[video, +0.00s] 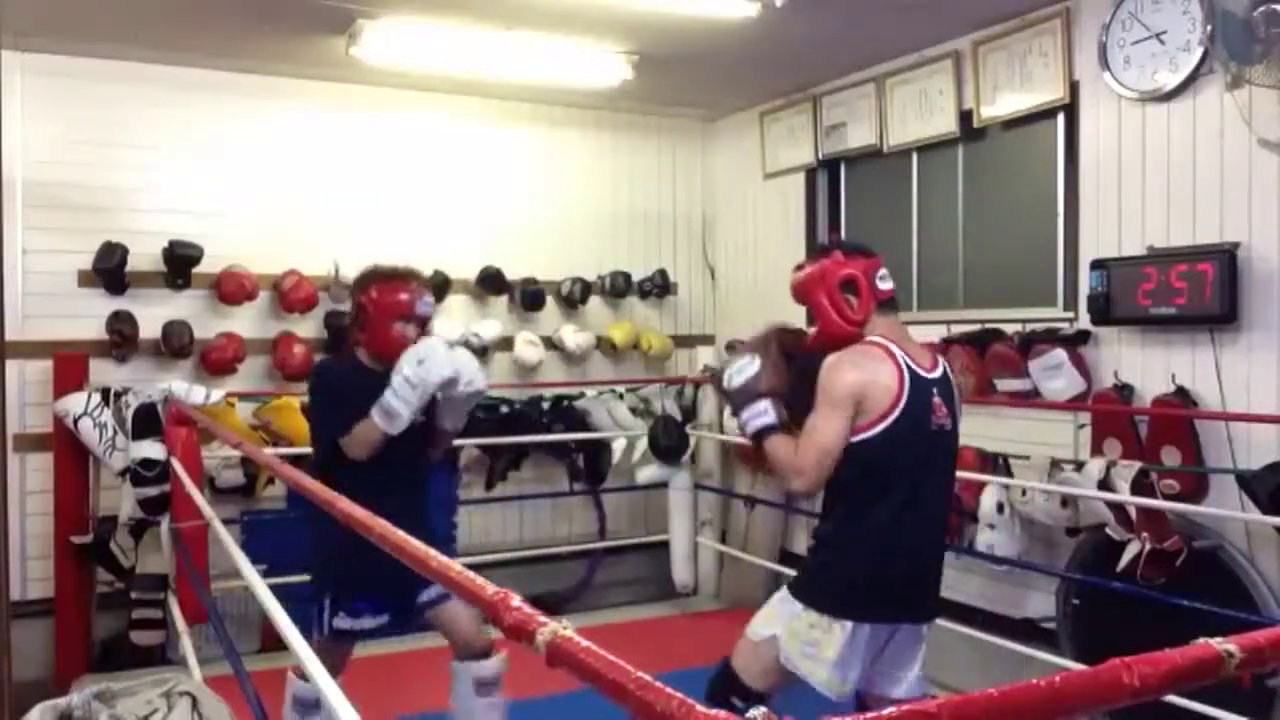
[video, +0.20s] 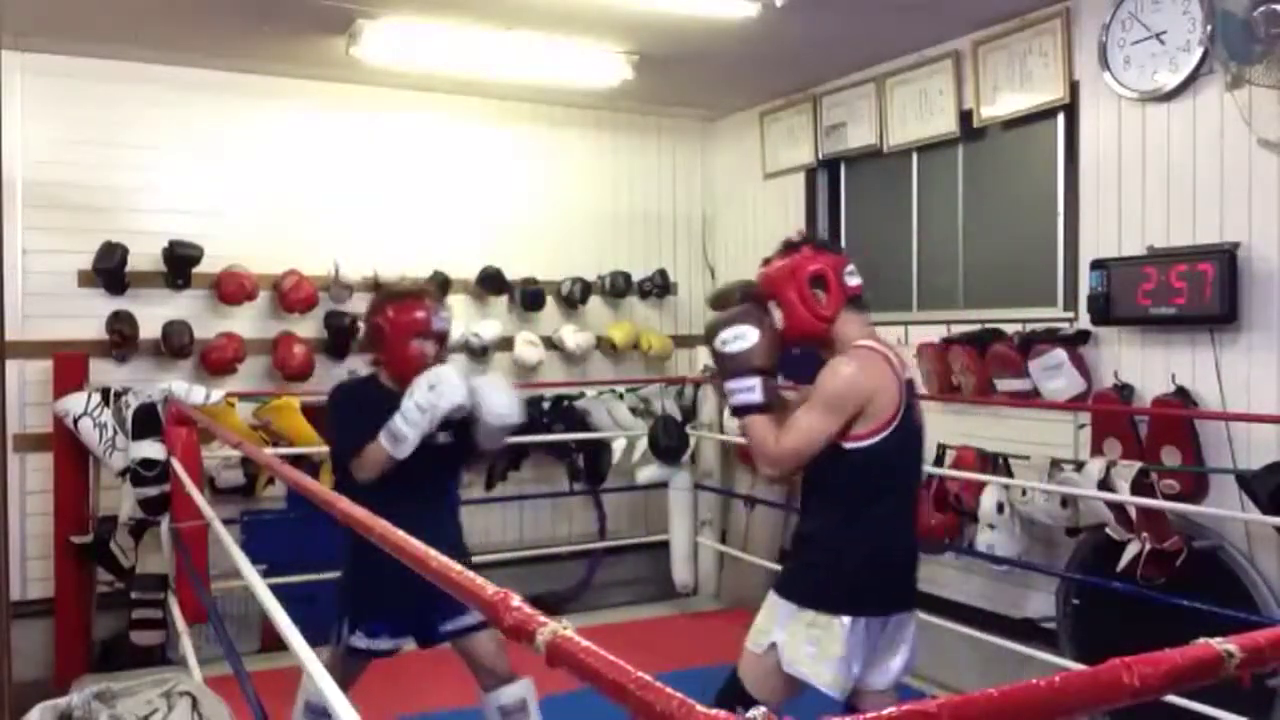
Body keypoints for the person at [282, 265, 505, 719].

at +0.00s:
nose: (413, 333)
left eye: (419, 323)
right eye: (402, 321)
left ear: (425, 325)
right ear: (366, 321)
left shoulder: (411, 375)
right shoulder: (333, 375)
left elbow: (429, 451)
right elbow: (354, 445)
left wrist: (454, 400)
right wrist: (405, 388)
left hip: (411, 544)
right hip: (348, 546)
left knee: (474, 641)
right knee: (324, 667)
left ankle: (478, 714)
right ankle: (300, 712)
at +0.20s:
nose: (428, 349)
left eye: (435, 338)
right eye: (417, 337)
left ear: (441, 343)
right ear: (386, 338)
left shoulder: (444, 395)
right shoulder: (351, 397)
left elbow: (475, 454)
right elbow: (360, 470)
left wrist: (493, 426)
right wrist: (412, 418)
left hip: (443, 558)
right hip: (377, 562)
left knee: (494, 665)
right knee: (340, 673)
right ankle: (310, 714)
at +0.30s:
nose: (446, 339)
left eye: (453, 329)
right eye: (434, 327)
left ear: (460, 334)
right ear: (401, 330)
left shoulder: (468, 384)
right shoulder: (362, 388)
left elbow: (507, 427)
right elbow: (350, 467)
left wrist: (533, 407)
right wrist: (396, 414)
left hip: (456, 561)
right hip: (384, 563)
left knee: (499, 662)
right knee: (350, 663)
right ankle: (311, 711)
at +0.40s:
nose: (461, 339)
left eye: (469, 327)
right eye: (449, 327)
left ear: (476, 328)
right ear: (414, 327)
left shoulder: (490, 376)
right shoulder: (375, 380)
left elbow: (556, 373)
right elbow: (364, 455)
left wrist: (596, 358)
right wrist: (395, 396)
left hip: (461, 551)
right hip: (387, 550)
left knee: (495, 662)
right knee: (340, 662)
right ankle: (308, 715)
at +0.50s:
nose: (464, 341)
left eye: (472, 329)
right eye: (452, 328)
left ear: (480, 331)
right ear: (416, 327)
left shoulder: (486, 379)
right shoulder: (378, 385)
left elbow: (545, 379)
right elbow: (359, 462)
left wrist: (590, 358)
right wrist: (390, 403)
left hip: (463, 553)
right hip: (389, 552)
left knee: (501, 669)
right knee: (335, 666)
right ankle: (306, 708)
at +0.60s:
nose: (457, 360)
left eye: (466, 348)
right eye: (446, 346)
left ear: (476, 352)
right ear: (413, 344)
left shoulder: (481, 402)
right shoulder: (372, 401)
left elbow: (526, 443)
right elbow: (344, 477)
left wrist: (544, 409)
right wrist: (375, 423)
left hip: (466, 563)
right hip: (392, 565)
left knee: (516, 670)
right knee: (338, 668)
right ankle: (304, 710)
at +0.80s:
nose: (427, 340)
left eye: (434, 329)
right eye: (416, 328)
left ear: (442, 330)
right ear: (382, 325)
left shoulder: (444, 383)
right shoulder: (342, 380)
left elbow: (486, 432)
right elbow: (329, 456)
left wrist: (496, 402)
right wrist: (377, 406)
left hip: (434, 550)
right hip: (360, 551)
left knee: (481, 649)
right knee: (321, 653)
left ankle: (498, 713)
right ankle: (294, 712)